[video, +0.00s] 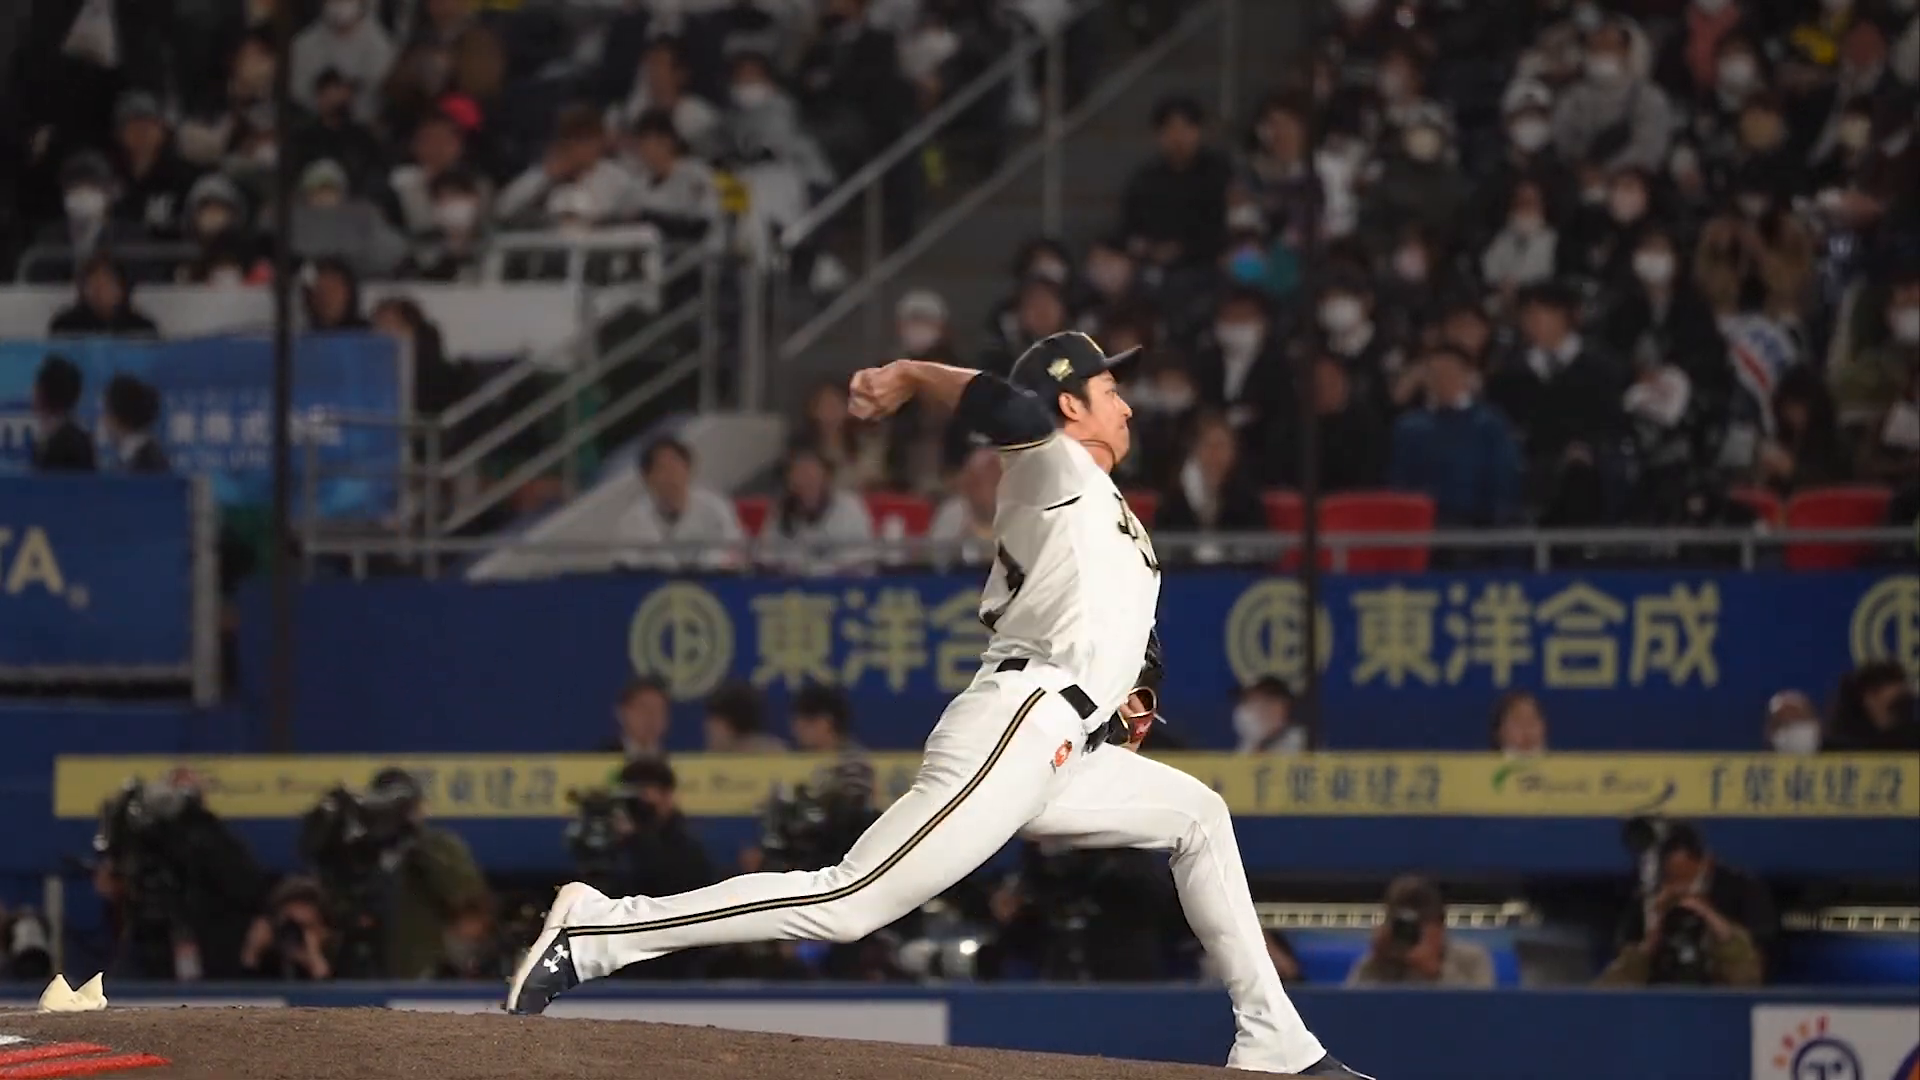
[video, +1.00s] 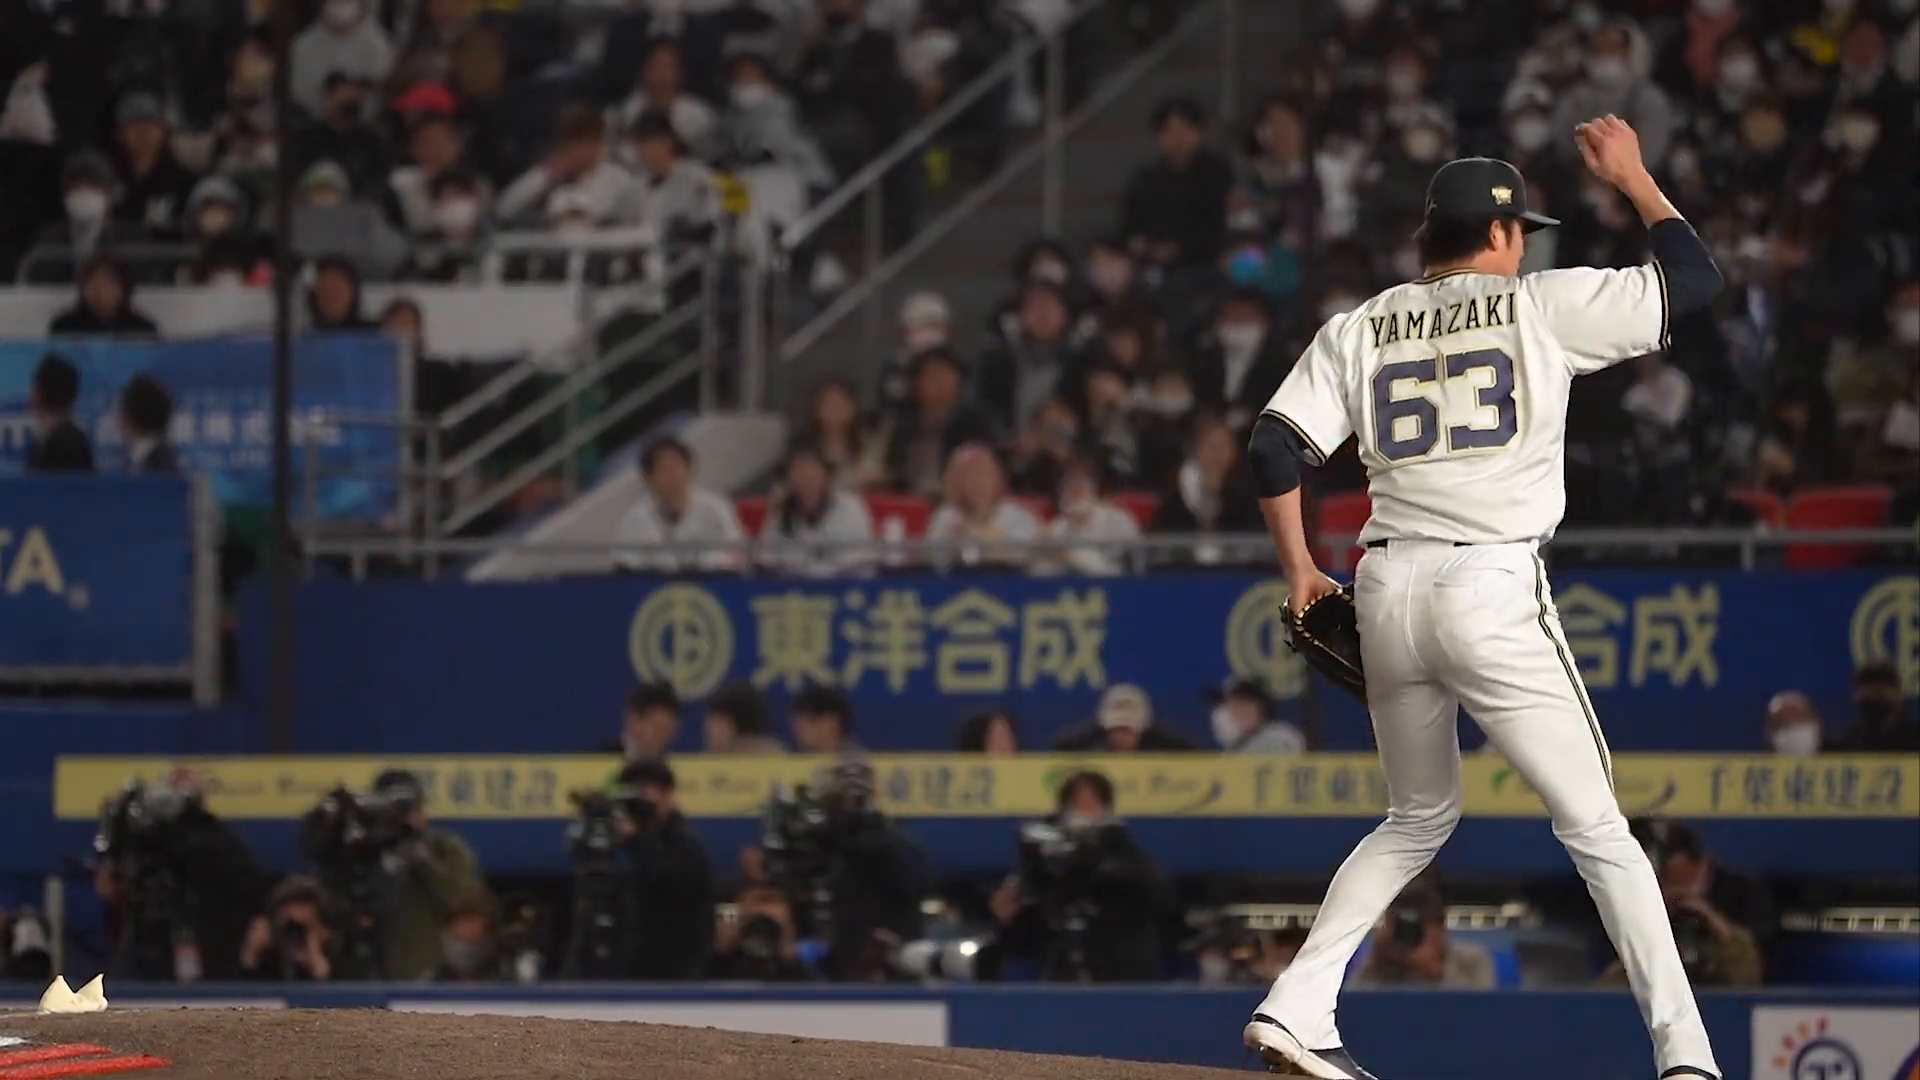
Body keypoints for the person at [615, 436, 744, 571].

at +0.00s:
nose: (670, 478)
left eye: (676, 469)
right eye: (661, 470)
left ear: (688, 472)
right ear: (647, 478)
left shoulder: (716, 510)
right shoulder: (632, 519)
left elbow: (737, 555)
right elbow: (628, 565)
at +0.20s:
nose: (670, 479)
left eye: (675, 469)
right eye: (661, 471)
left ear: (688, 472)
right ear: (647, 478)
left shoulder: (716, 510)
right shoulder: (632, 519)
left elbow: (737, 557)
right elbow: (627, 567)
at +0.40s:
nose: (671, 480)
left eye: (676, 471)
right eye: (662, 472)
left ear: (688, 473)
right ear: (648, 479)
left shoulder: (717, 511)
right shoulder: (632, 521)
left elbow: (737, 558)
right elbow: (628, 568)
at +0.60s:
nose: (671, 479)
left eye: (676, 470)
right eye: (663, 472)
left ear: (688, 473)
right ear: (648, 478)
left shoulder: (716, 510)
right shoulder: (634, 518)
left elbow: (738, 557)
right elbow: (626, 565)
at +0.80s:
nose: (671, 478)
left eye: (676, 468)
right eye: (663, 470)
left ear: (688, 472)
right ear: (648, 478)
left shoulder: (717, 510)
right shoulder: (634, 517)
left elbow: (737, 557)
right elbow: (625, 564)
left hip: (708, 592)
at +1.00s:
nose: (671, 478)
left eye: (676, 468)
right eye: (663, 470)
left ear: (688, 471)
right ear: (648, 477)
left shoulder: (717, 510)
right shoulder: (634, 517)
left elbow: (737, 557)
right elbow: (625, 564)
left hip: (708, 592)